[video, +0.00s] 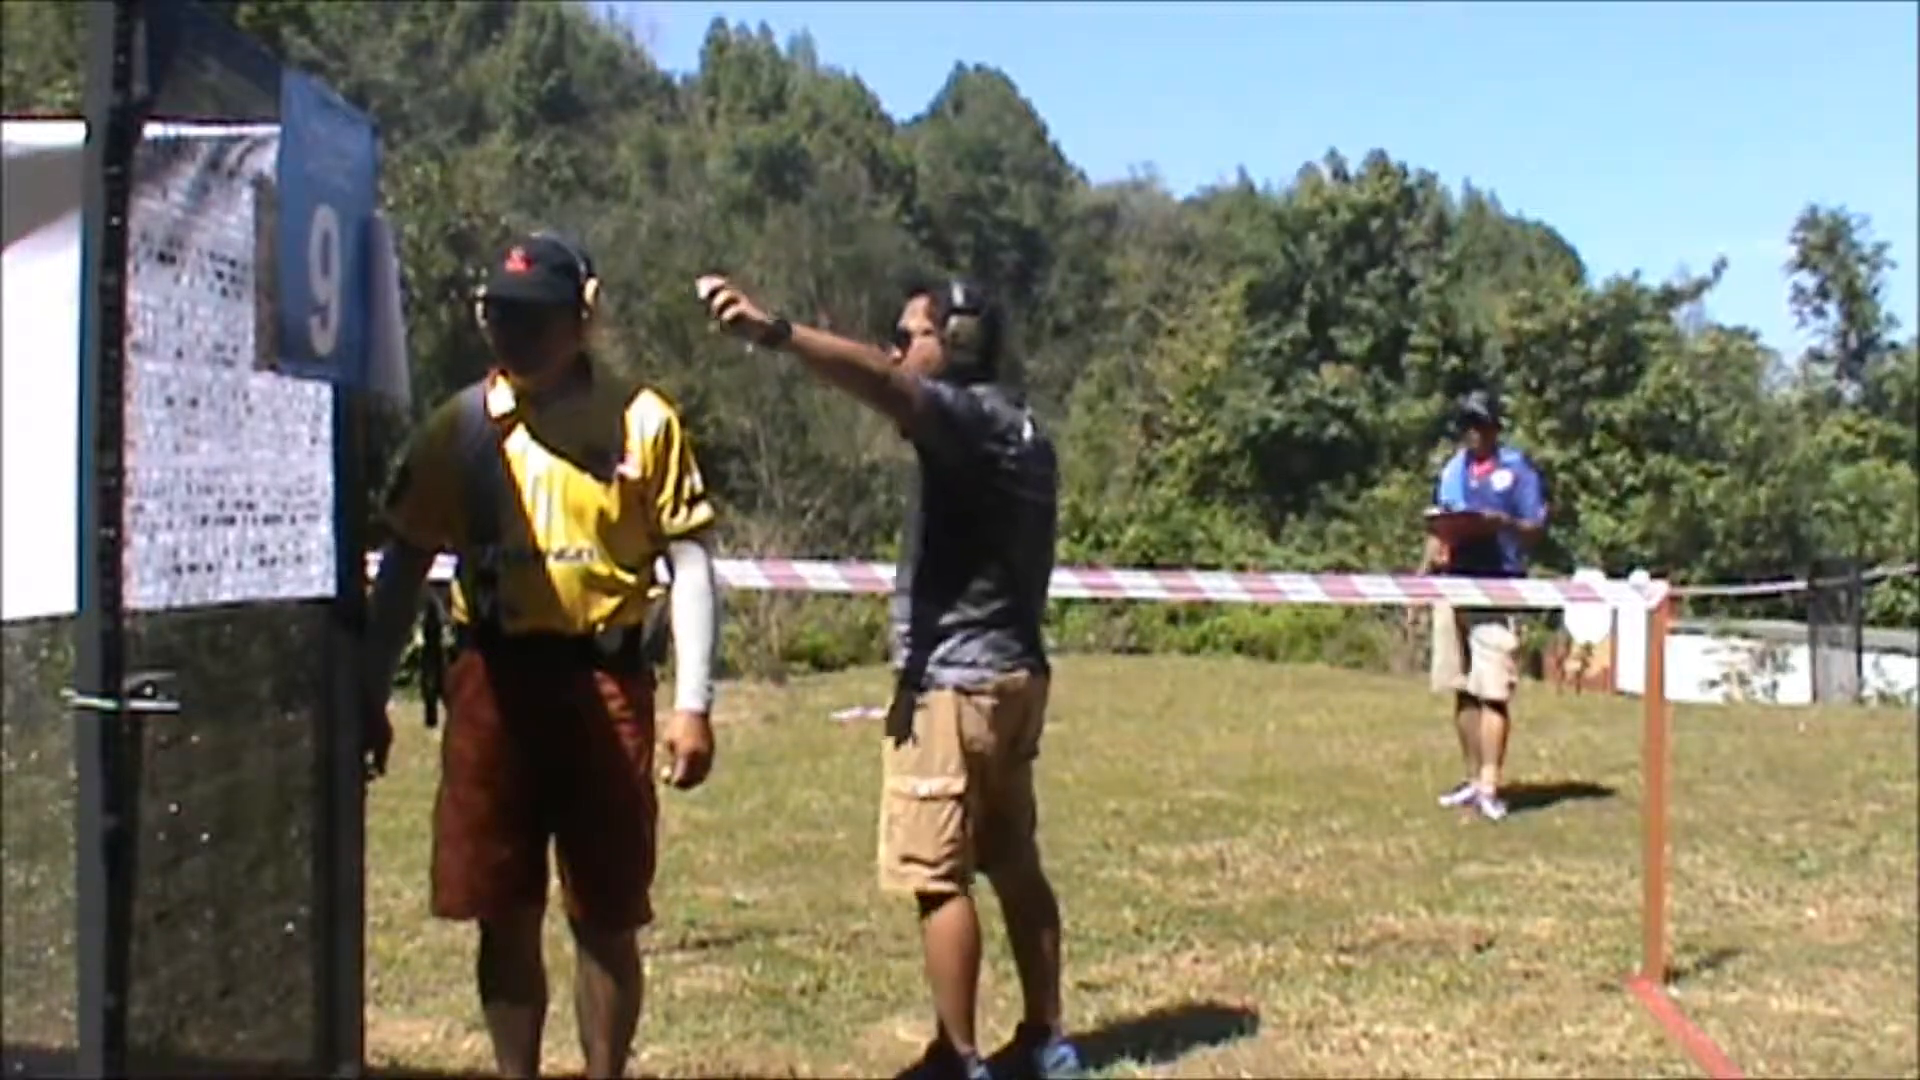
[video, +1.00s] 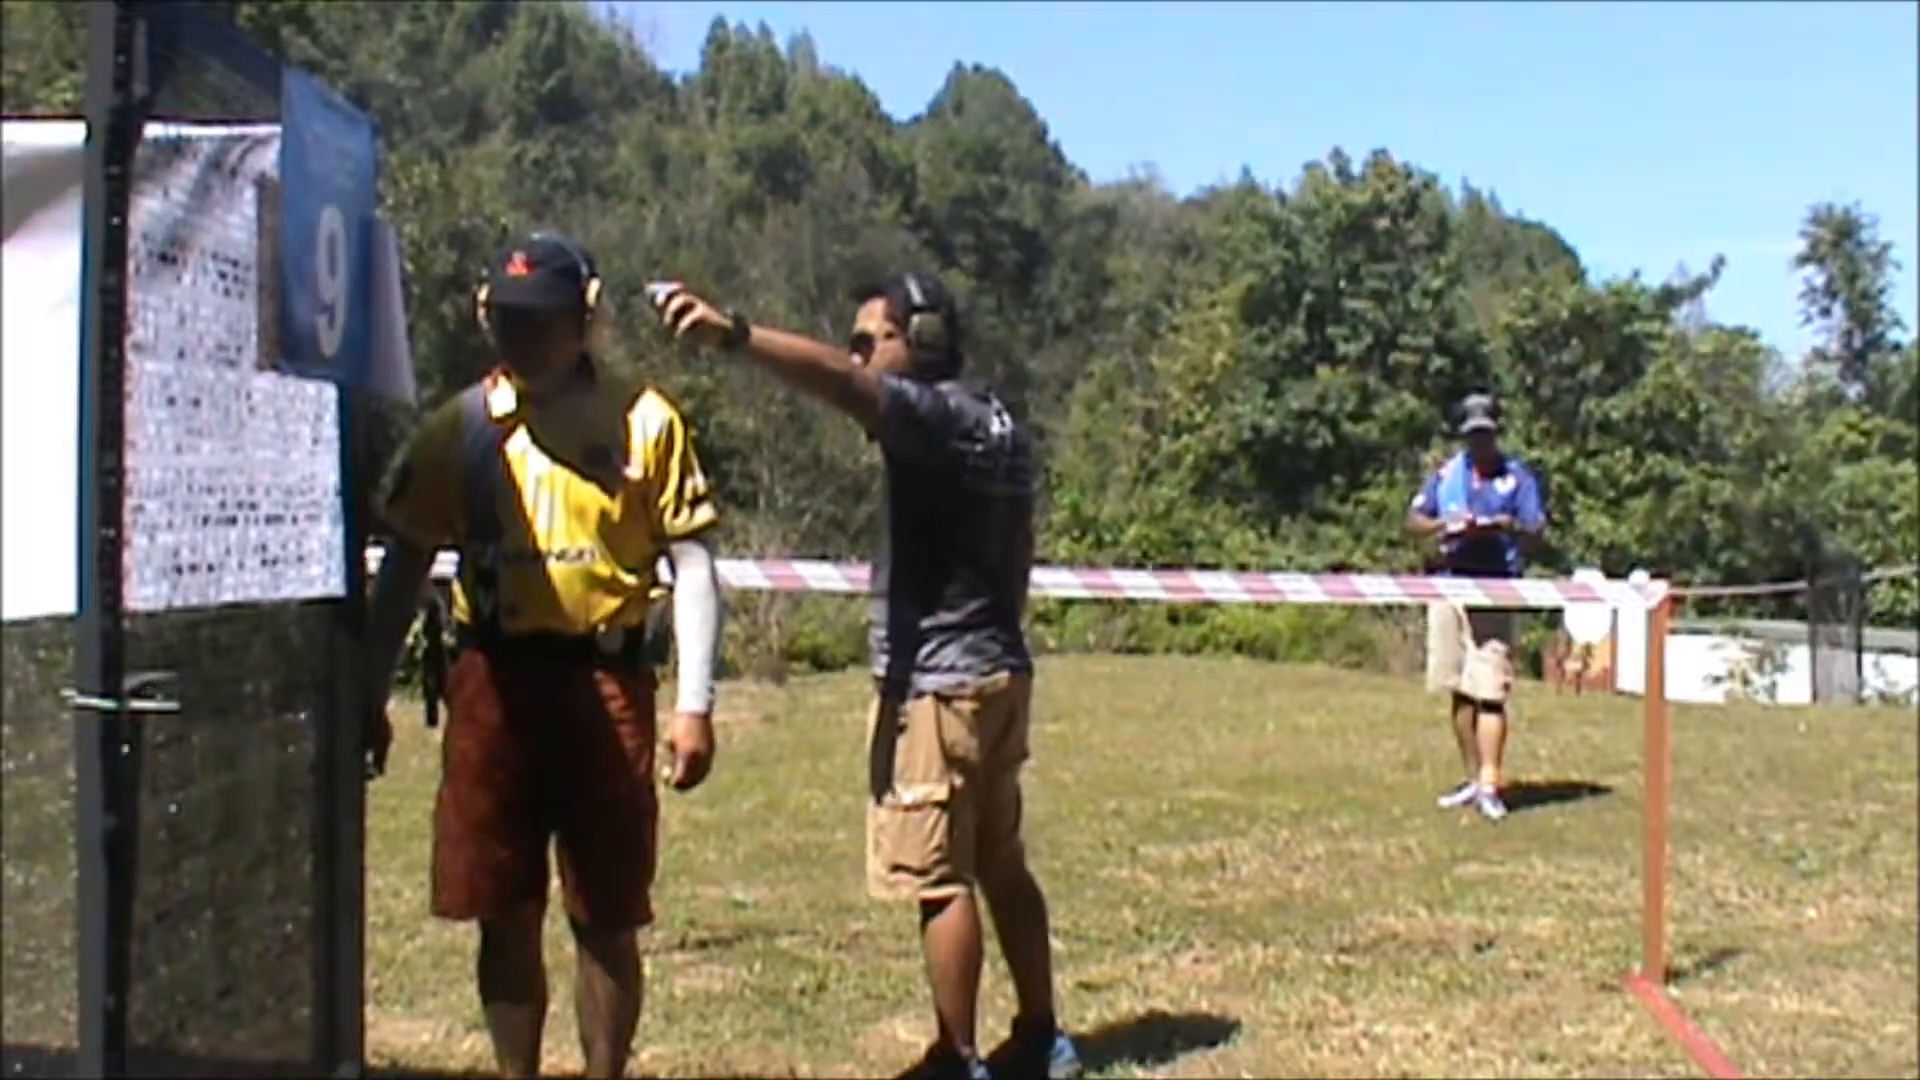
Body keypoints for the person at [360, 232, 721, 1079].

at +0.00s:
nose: (511, 333)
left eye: (533, 317)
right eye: (502, 314)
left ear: (583, 321)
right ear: (487, 314)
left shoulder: (643, 423)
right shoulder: (463, 425)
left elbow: (690, 562)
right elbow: (404, 565)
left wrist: (693, 700)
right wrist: (370, 696)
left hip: (605, 693)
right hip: (495, 694)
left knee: (606, 923)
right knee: (503, 916)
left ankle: (606, 1072)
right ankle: (517, 1072)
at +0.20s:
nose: (511, 333)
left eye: (532, 319)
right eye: (502, 315)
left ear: (582, 324)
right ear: (488, 315)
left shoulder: (643, 423)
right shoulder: (464, 426)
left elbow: (691, 563)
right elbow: (405, 566)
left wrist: (694, 698)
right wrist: (370, 696)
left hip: (605, 693)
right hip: (495, 693)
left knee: (606, 924)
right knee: (503, 915)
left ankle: (604, 1072)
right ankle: (517, 1072)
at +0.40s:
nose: (514, 334)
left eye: (534, 320)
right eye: (504, 317)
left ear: (584, 323)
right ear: (490, 316)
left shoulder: (644, 423)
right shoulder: (463, 426)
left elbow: (691, 561)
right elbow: (404, 565)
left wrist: (695, 698)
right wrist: (371, 696)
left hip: (606, 693)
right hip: (496, 693)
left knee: (606, 923)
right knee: (503, 915)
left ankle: (605, 1072)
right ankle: (517, 1072)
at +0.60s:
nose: (516, 336)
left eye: (536, 321)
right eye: (506, 318)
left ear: (585, 322)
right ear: (490, 316)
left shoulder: (645, 422)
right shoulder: (465, 424)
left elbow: (693, 562)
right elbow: (403, 563)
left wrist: (697, 697)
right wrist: (369, 694)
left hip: (607, 693)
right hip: (496, 693)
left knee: (606, 923)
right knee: (504, 915)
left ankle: (605, 1072)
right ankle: (517, 1072)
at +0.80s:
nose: (517, 339)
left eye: (536, 323)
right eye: (505, 321)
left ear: (585, 324)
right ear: (489, 318)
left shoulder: (645, 423)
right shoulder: (465, 425)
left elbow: (692, 564)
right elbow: (405, 564)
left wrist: (696, 699)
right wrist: (370, 695)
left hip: (605, 694)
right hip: (495, 694)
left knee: (606, 923)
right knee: (503, 915)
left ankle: (605, 1071)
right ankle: (517, 1071)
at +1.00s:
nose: (516, 339)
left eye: (536, 323)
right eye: (506, 320)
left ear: (585, 323)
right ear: (488, 317)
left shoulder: (645, 423)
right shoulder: (463, 426)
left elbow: (692, 565)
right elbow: (405, 565)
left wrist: (695, 700)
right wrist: (370, 695)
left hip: (605, 694)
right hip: (495, 694)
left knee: (606, 923)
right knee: (503, 915)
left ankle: (605, 1071)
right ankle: (517, 1071)